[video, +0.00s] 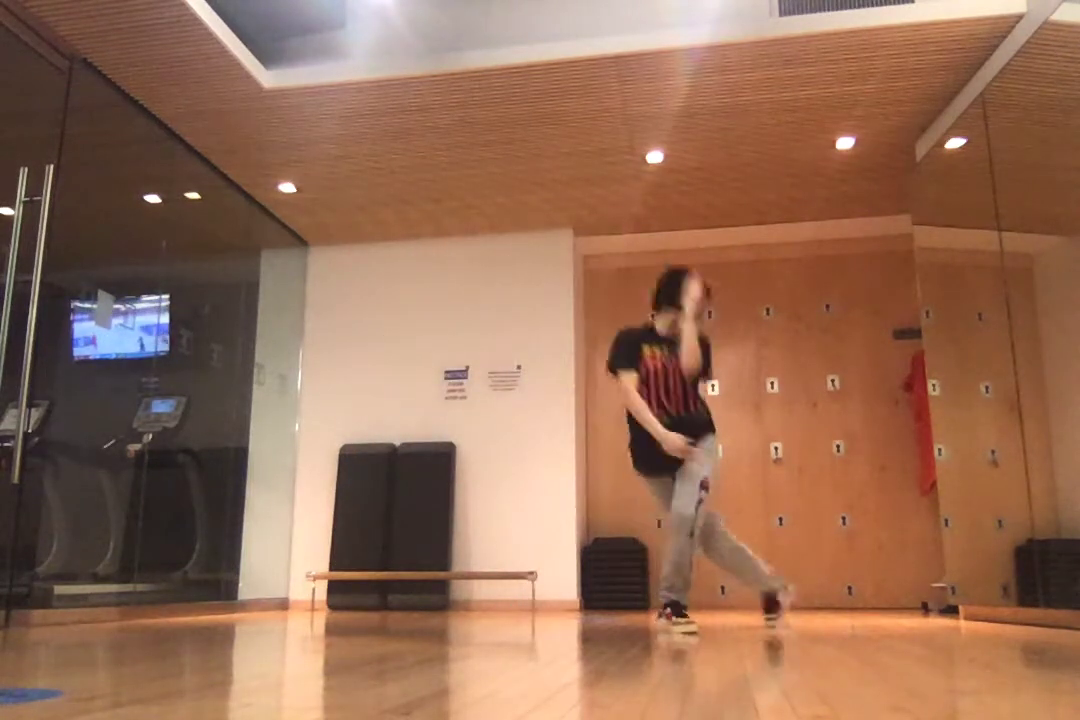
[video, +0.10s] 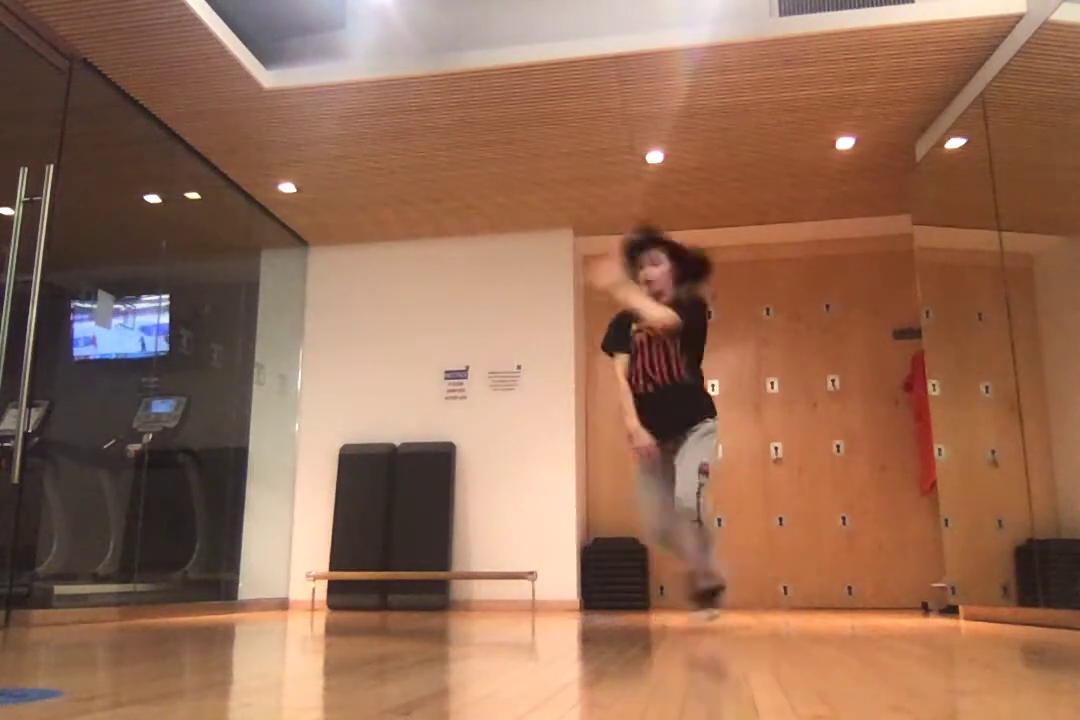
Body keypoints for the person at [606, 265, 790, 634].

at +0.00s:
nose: (694, 309)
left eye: (699, 303)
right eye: (688, 301)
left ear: (700, 307)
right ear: (669, 299)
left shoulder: (696, 342)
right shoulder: (631, 340)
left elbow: (691, 367)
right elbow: (630, 396)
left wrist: (689, 314)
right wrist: (664, 435)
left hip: (698, 439)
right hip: (652, 451)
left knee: (684, 516)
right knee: (704, 528)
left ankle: (672, 603)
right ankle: (771, 587)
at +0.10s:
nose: (648, 273)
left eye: (656, 263)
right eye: (642, 266)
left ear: (675, 268)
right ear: (635, 273)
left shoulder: (691, 307)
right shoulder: (626, 322)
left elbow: (661, 318)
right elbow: (622, 378)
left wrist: (620, 287)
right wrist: (635, 428)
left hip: (695, 424)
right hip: (652, 432)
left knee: (688, 504)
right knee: (656, 524)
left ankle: (705, 582)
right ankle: (705, 568)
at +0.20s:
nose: (634, 275)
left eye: (641, 266)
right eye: (627, 270)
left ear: (660, 267)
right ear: (621, 277)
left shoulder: (666, 299)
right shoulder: (632, 321)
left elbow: (622, 330)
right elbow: (634, 384)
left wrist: (578, 359)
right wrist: (634, 434)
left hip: (696, 431)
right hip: (652, 435)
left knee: (699, 515)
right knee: (607, 501)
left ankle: (745, 590)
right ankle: (602, 597)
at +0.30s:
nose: (626, 300)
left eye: (633, 291)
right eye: (618, 294)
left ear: (650, 294)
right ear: (610, 305)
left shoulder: (660, 336)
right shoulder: (628, 349)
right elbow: (628, 402)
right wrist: (634, 449)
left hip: (692, 450)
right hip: (647, 450)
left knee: (704, 520)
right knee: (592, 508)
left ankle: (737, 600)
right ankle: (561, 603)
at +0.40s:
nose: (637, 322)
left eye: (647, 315)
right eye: (630, 315)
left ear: (662, 325)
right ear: (619, 323)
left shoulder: (674, 368)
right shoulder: (615, 368)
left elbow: (687, 430)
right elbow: (616, 430)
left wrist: (698, 477)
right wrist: (647, 471)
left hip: (673, 460)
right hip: (626, 454)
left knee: (705, 522)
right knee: (575, 512)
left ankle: (727, 605)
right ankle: (561, 604)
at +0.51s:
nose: (705, 301)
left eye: (706, 295)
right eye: (696, 295)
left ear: (707, 303)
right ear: (676, 301)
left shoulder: (707, 348)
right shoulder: (648, 339)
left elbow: (750, 384)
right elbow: (649, 389)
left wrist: (784, 415)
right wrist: (691, 397)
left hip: (660, 447)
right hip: (613, 441)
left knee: (711, 518)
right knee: (585, 519)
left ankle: (728, 606)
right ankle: (545, 603)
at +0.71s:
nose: (696, 264)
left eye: (697, 258)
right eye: (692, 256)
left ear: (665, 253)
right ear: (675, 253)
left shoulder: (670, 296)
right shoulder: (659, 284)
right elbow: (657, 272)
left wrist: (694, 309)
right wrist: (694, 284)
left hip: (679, 415)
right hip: (647, 407)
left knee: (705, 511)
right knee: (602, 498)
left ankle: (726, 602)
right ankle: (539, 583)